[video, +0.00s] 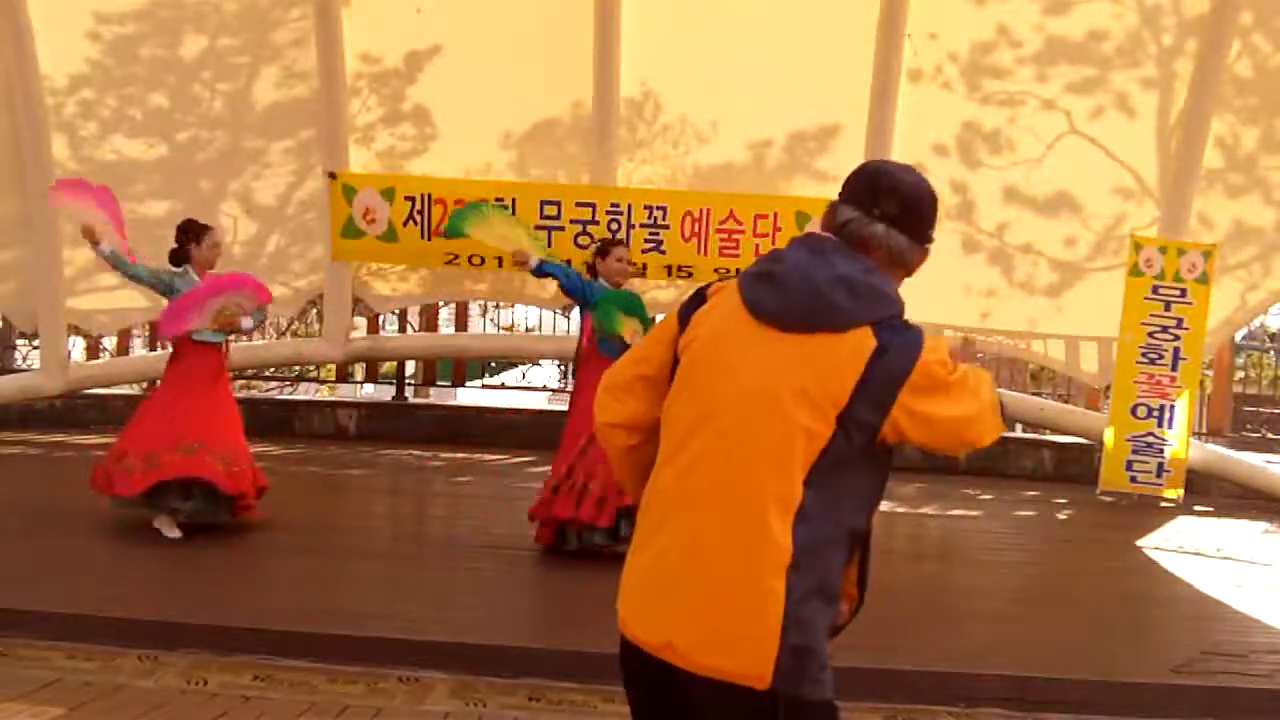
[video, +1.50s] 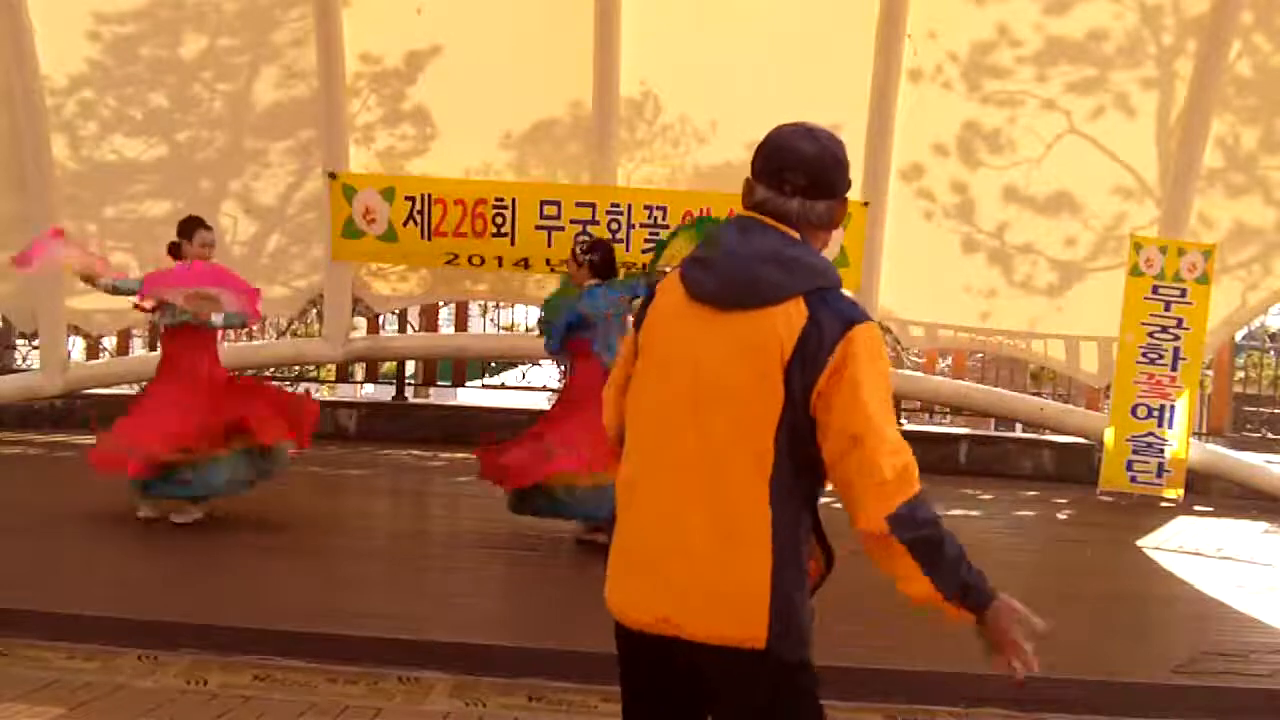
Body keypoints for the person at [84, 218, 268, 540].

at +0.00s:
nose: (218, 253)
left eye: (219, 247)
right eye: (212, 246)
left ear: (204, 250)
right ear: (192, 248)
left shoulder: (220, 286)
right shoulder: (177, 281)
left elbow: (260, 312)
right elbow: (134, 271)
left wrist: (241, 322)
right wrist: (99, 245)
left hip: (214, 367)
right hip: (187, 366)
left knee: (214, 432)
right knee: (179, 432)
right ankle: (165, 509)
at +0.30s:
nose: (174, 247)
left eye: (177, 241)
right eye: (175, 241)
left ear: (186, 246)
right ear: (203, 247)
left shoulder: (167, 286)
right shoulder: (214, 280)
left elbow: (154, 329)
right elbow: (259, 282)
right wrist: (300, 272)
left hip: (179, 367)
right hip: (212, 364)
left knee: (185, 427)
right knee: (224, 425)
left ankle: (189, 500)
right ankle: (239, 497)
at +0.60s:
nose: (207, 253)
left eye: (213, 248)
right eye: (202, 247)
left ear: (223, 253)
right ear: (194, 250)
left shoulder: (222, 285)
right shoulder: (186, 280)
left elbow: (235, 320)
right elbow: (154, 281)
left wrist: (198, 321)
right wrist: (129, 264)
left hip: (213, 356)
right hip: (189, 355)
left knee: (206, 422)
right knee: (193, 422)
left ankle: (207, 502)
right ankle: (201, 496)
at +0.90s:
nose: (229, 249)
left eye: (227, 244)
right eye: (226, 243)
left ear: (202, 244)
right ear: (216, 244)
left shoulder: (212, 274)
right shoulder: (203, 275)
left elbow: (230, 315)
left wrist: (242, 293)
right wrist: (243, 292)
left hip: (197, 360)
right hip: (184, 361)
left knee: (200, 425)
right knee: (184, 427)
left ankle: (189, 499)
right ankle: (167, 504)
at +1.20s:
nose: (174, 251)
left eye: (178, 244)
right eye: (175, 244)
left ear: (192, 246)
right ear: (201, 247)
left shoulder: (183, 285)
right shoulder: (216, 281)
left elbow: (144, 315)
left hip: (190, 365)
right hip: (218, 364)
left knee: (192, 430)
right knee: (214, 428)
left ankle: (195, 504)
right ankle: (220, 500)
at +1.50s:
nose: (208, 252)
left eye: (211, 245)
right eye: (202, 245)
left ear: (214, 248)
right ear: (181, 247)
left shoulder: (216, 286)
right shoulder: (165, 285)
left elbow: (247, 317)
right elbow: (125, 286)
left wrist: (208, 317)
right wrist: (94, 279)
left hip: (208, 369)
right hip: (175, 369)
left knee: (203, 432)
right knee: (161, 427)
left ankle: (189, 496)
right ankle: (151, 495)